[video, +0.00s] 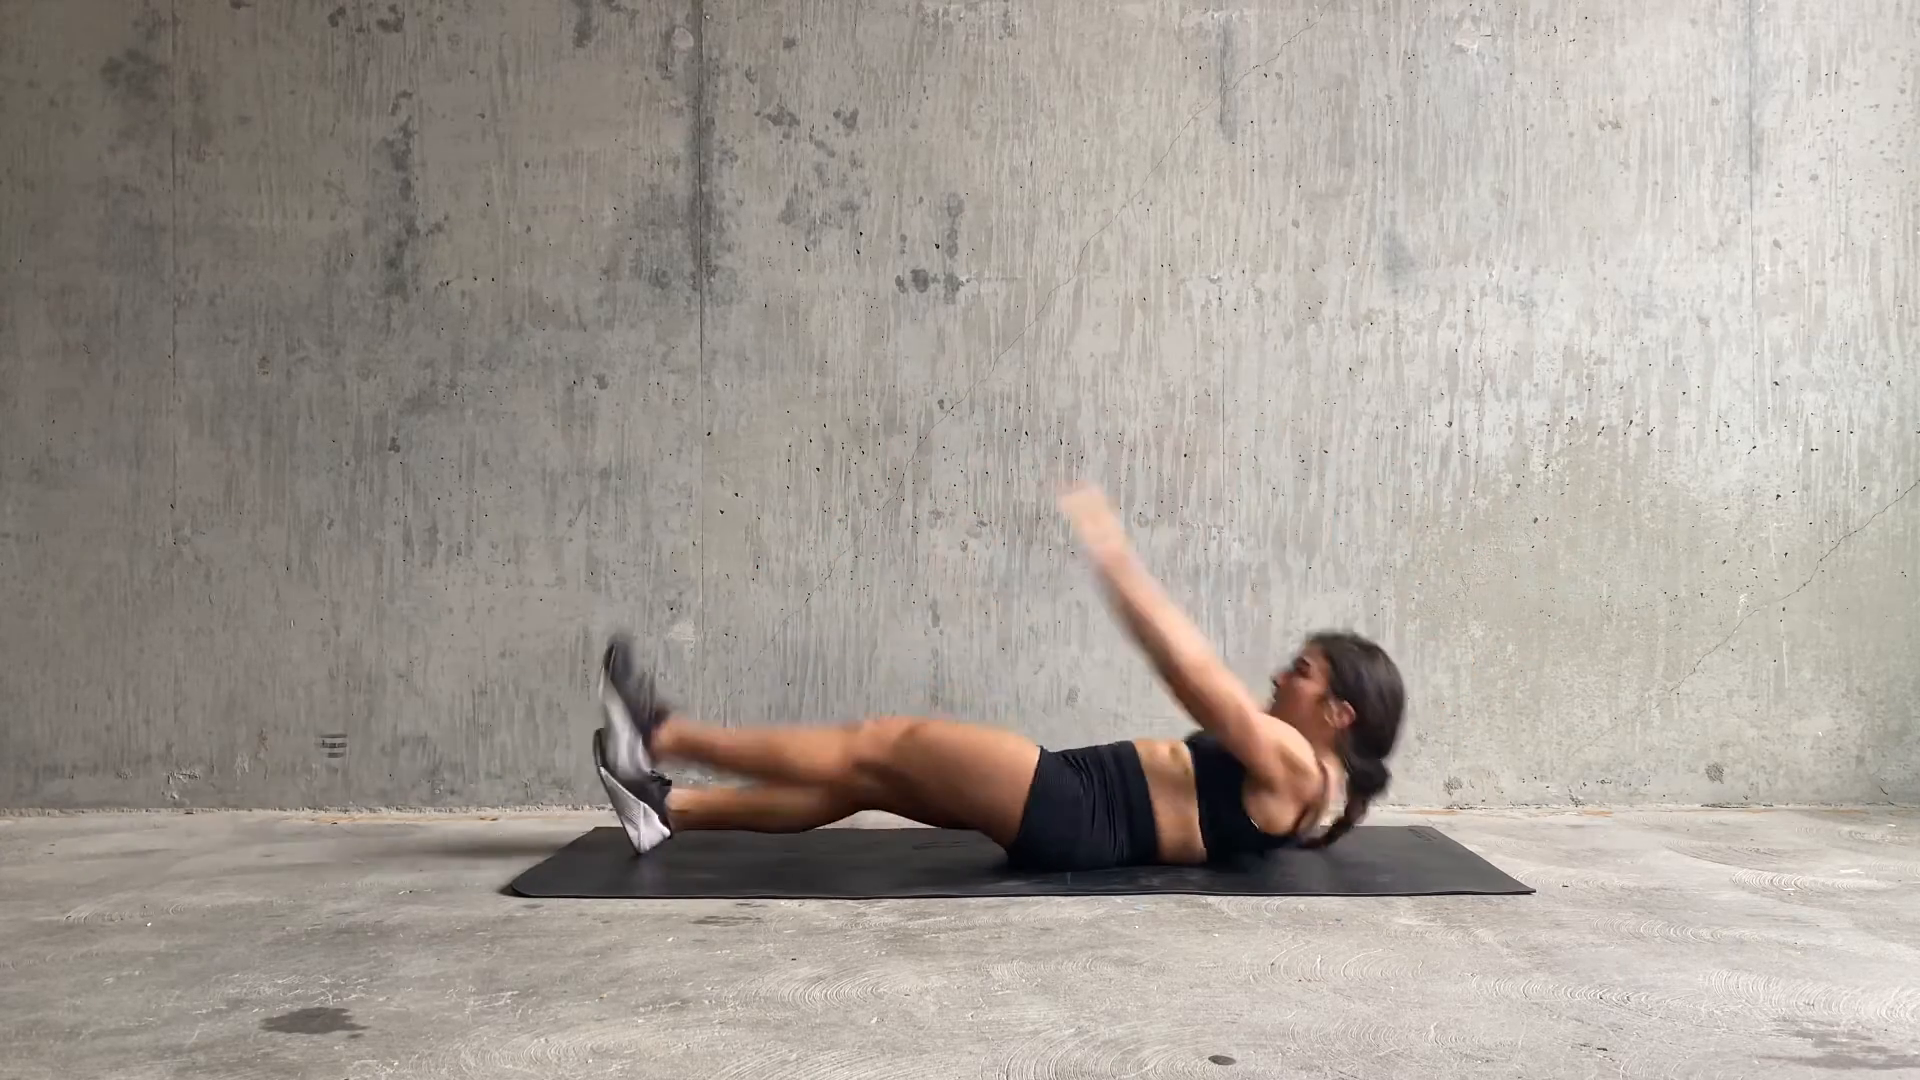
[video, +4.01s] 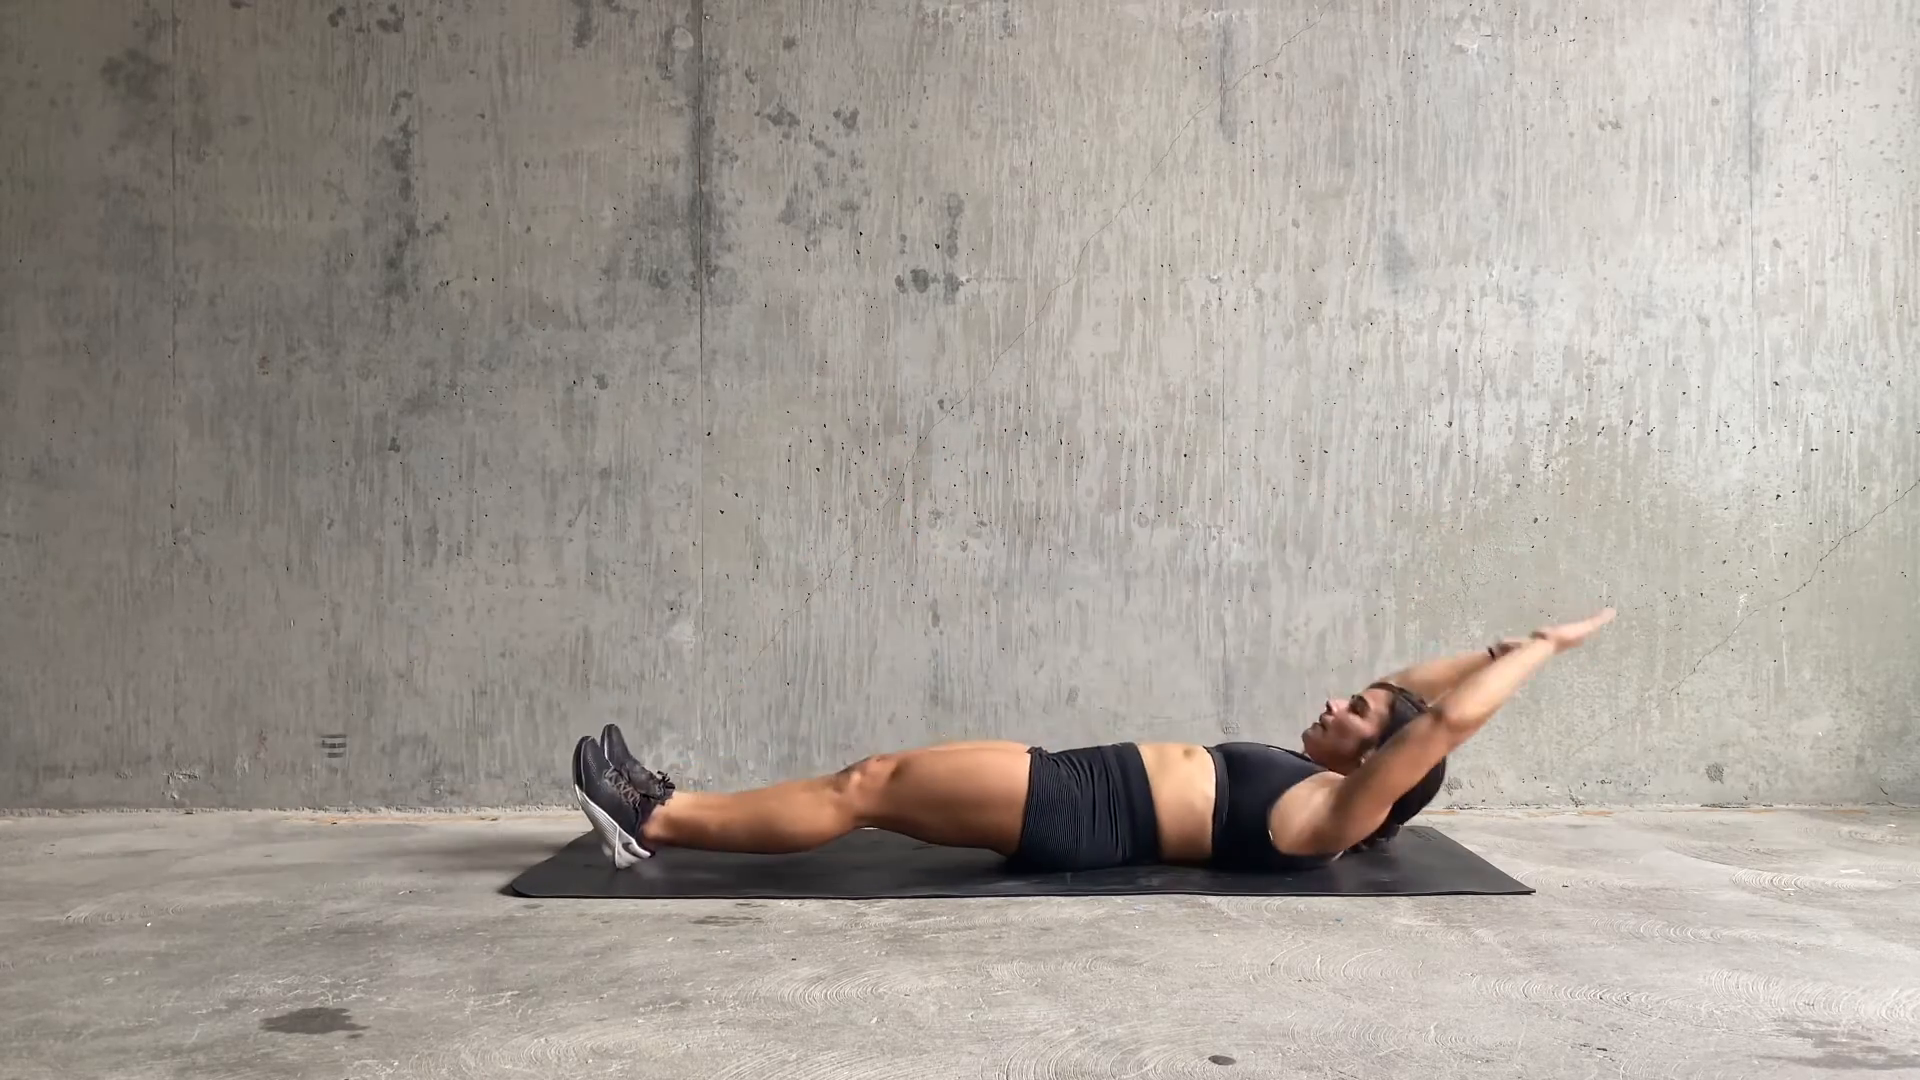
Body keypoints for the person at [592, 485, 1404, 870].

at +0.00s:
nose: (1280, 684)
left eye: (1299, 678)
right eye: (1292, 670)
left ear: (1339, 712)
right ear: (1341, 717)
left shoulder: (1291, 761)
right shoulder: (1309, 779)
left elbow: (1186, 664)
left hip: (1079, 805)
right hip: (1084, 813)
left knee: (888, 743)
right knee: (867, 783)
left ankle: (668, 736)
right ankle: (665, 812)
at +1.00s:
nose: (1315, 696)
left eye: (1339, 695)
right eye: (1326, 681)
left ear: (1369, 729)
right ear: (1319, 693)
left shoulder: (1321, 807)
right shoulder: (1297, 773)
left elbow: (1399, 689)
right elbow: (1353, 657)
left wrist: (1457, 581)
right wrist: (1419, 573)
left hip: (1087, 807)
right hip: (1082, 781)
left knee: (873, 787)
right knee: (877, 777)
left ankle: (656, 822)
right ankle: (671, 814)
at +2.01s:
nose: (1198, 575)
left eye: (1215, 569)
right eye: (1208, 562)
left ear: (1253, 601)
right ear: (1250, 602)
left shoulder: (1223, 672)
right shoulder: (1205, 658)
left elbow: (1098, 600)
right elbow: (1069, 624)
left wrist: (993, 501)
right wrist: (968, 556)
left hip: (1062, 811)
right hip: (1053, 768)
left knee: (845, 781)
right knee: (912, 636)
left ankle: (632, 826)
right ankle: (750, 540)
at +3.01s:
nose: (1195, 581)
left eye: (1212, 576)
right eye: (1204, 570)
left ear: (1249, 611)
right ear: (1237, 608)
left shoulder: (1228, 685)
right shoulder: (1199, 655)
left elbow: (1090, 644)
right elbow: (1081, 608)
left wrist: (966, 581)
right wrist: (973, 528)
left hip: (1070, 818)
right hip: (1051, 796)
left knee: (938, 648)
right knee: (851, 767)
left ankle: (768, 512)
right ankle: (649, 810)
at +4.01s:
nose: (1344, 707)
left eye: (1366, 711)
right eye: (1359, 699)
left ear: (1380, 757)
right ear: (1352, 727)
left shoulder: (1325, 818)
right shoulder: (1313, 781)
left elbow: (1441, 727)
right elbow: (1422, 707)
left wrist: (1541, 650)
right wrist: (1512, 646)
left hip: (1088, 806)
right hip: (1091, 784)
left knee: (872, 786)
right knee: (875, 781)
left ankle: (662, 822)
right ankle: (671, 820)